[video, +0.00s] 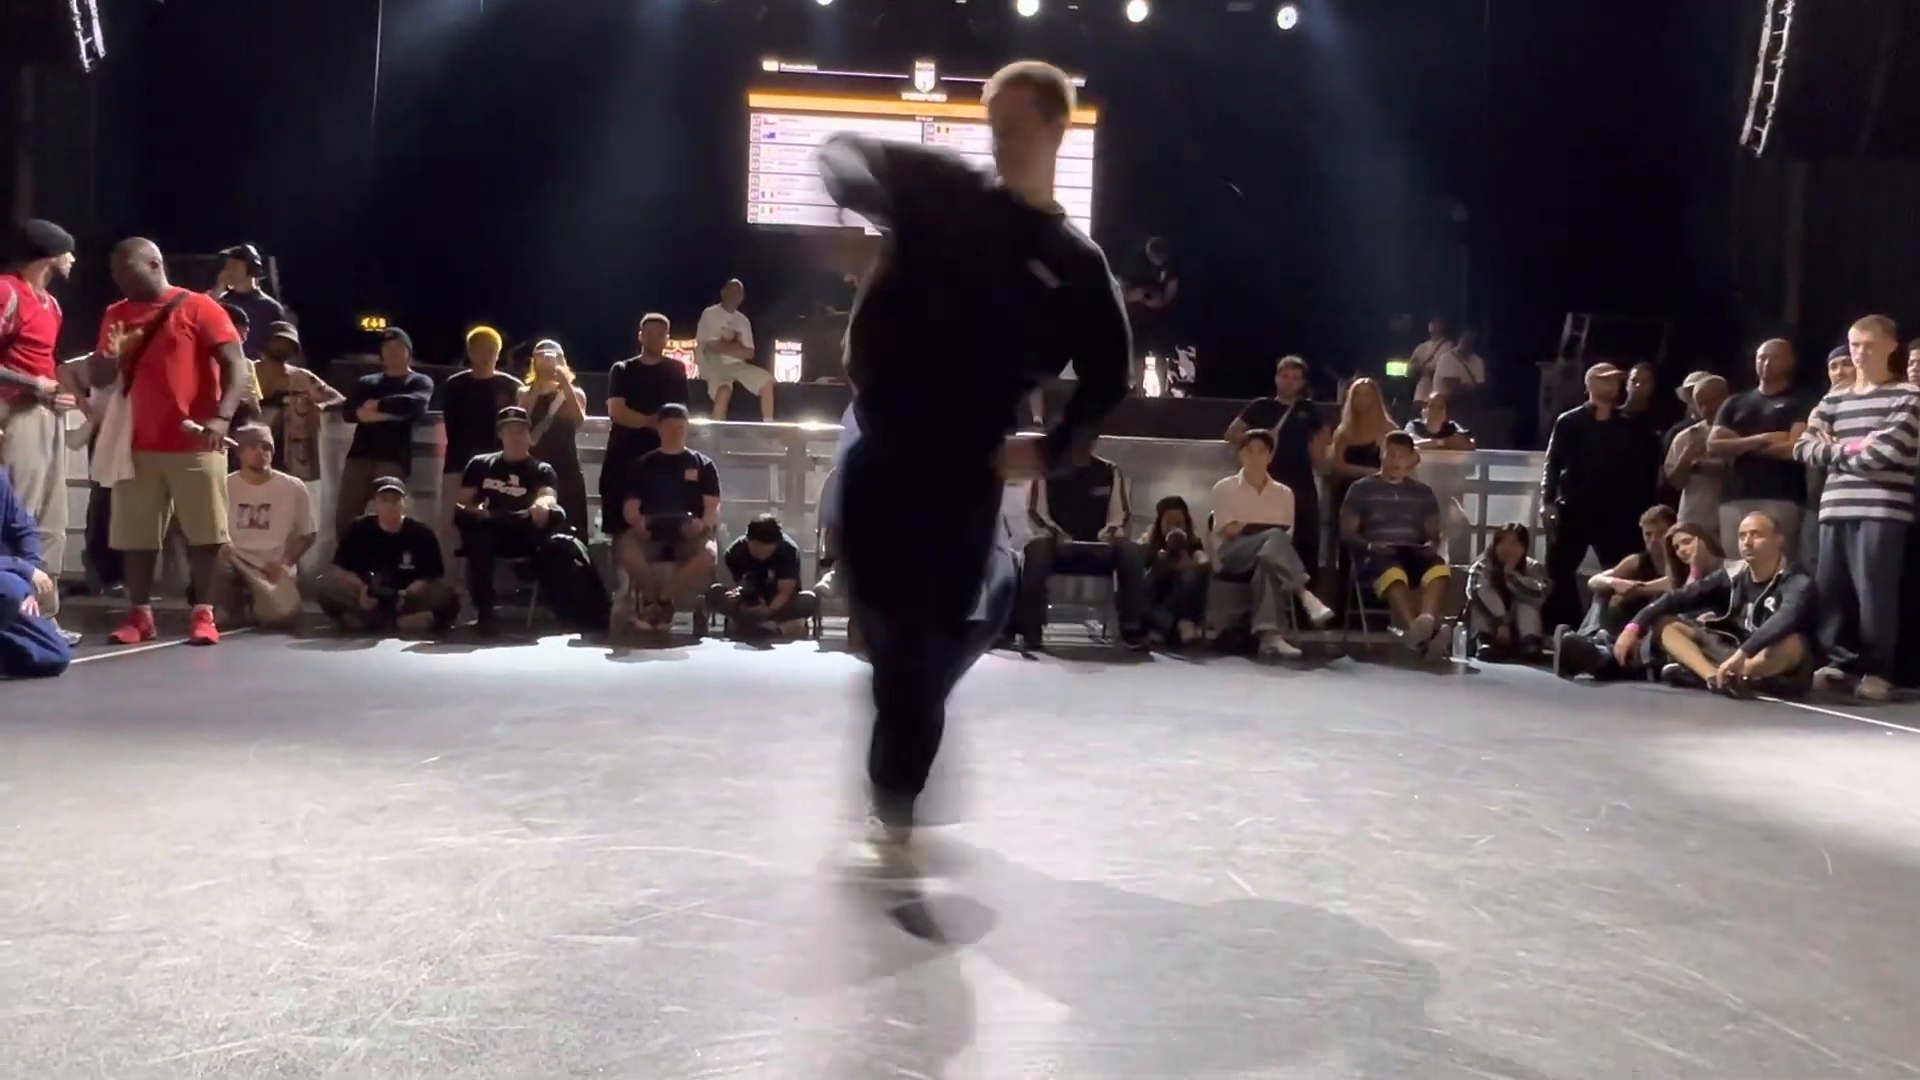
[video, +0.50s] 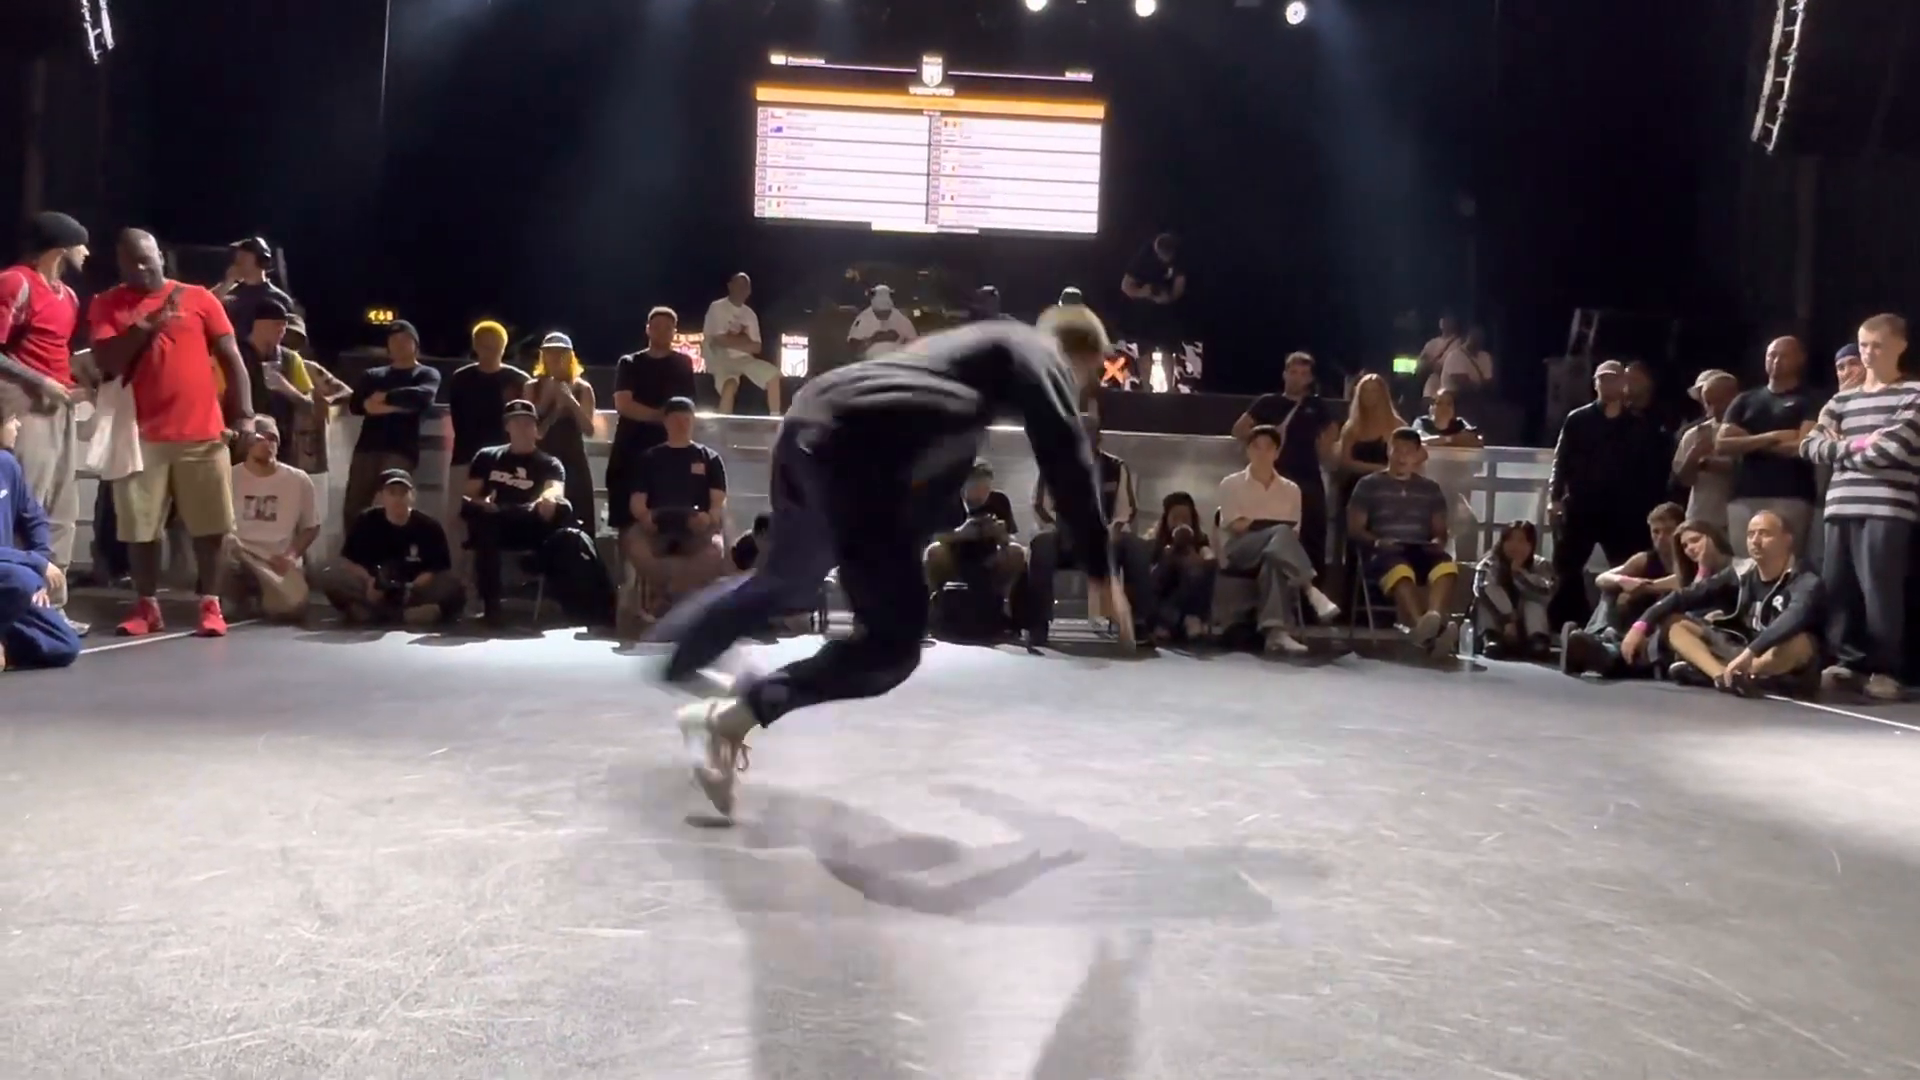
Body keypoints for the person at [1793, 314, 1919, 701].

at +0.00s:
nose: (1858, 353)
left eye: (1867, 346)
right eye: (1854, 346)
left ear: (1890, 349)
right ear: (1848, 349)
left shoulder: (1907, 398)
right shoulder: (1834, 399)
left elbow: (1883, 455)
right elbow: (1803, 446)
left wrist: (1834, 450)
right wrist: (1851, 449)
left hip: (1881, 511)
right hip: (1834, 511)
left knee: (1873, 591)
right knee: (1832, 588)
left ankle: (1876, 672)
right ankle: (1840, 664)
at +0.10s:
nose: (1862, 351)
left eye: (1872, 344)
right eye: (1857, 343)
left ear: (1893, 349)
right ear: (1850, 347)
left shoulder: (1909, 397)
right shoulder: (1835, 398)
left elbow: (1884, 454)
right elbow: (1804, 446)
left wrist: (1834, 449)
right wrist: (1852, 449)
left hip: (1882, 511)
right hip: (1835, 511)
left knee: (1875, 592)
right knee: (1832, 588)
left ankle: (1877, 671)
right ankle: (1840, 664)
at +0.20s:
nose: (1864, 351)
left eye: (1874, 344)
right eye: (1860, 343)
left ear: (1895, 349)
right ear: (1853, 347)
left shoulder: (1910, 396)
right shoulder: (1837, 398)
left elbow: (1886, 454)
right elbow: (1806, 446)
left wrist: (1835, 450)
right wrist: (1853, 449)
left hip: (1884, 511)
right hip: (1837, 510)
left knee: (1876, 593)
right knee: (1834, 589)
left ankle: (1881, 672)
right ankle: (1842, 663)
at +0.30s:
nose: (1864, 352)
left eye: (1874, 345)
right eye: (1860, 345)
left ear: (1896, 349)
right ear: (1854, 348)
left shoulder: (1911, 395)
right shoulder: (1839, 397)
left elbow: (1888, 452)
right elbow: (1807, 445)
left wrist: (1836, 449)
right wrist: (1856, 448)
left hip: (1885, 510)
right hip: (1838, 509)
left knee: (1877, 591)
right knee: (1835, 587)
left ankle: (1882, 671)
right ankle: (1843, 663)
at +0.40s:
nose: (1865, 354)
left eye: (1874, 347)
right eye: (1861, 347)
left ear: (1897, 348)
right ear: (1856, 349)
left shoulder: (1912, 395)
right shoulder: (1841, 397)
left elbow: (1890, 450)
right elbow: (1808, 445)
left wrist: (1838, 449)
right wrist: (1860, 446)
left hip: (1886, 509)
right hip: (1839, 508)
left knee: (1878, 591)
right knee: (1836, 588)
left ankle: (1883, 671)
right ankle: (1845, 663)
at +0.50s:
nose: (1867, 353)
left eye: (1876, 346)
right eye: (1863, 346)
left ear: (1900, 348)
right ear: (1858, 349)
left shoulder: (1913, 394)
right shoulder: (1842, 398)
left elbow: (1892, 449)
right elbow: (1810, 445)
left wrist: (1839, 449)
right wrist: (1861, 446)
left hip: (1887, 508)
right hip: (1840, 507)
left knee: (1880, 589)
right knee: (1838, 587)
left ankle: (1886, 671)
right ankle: (1846, 662)